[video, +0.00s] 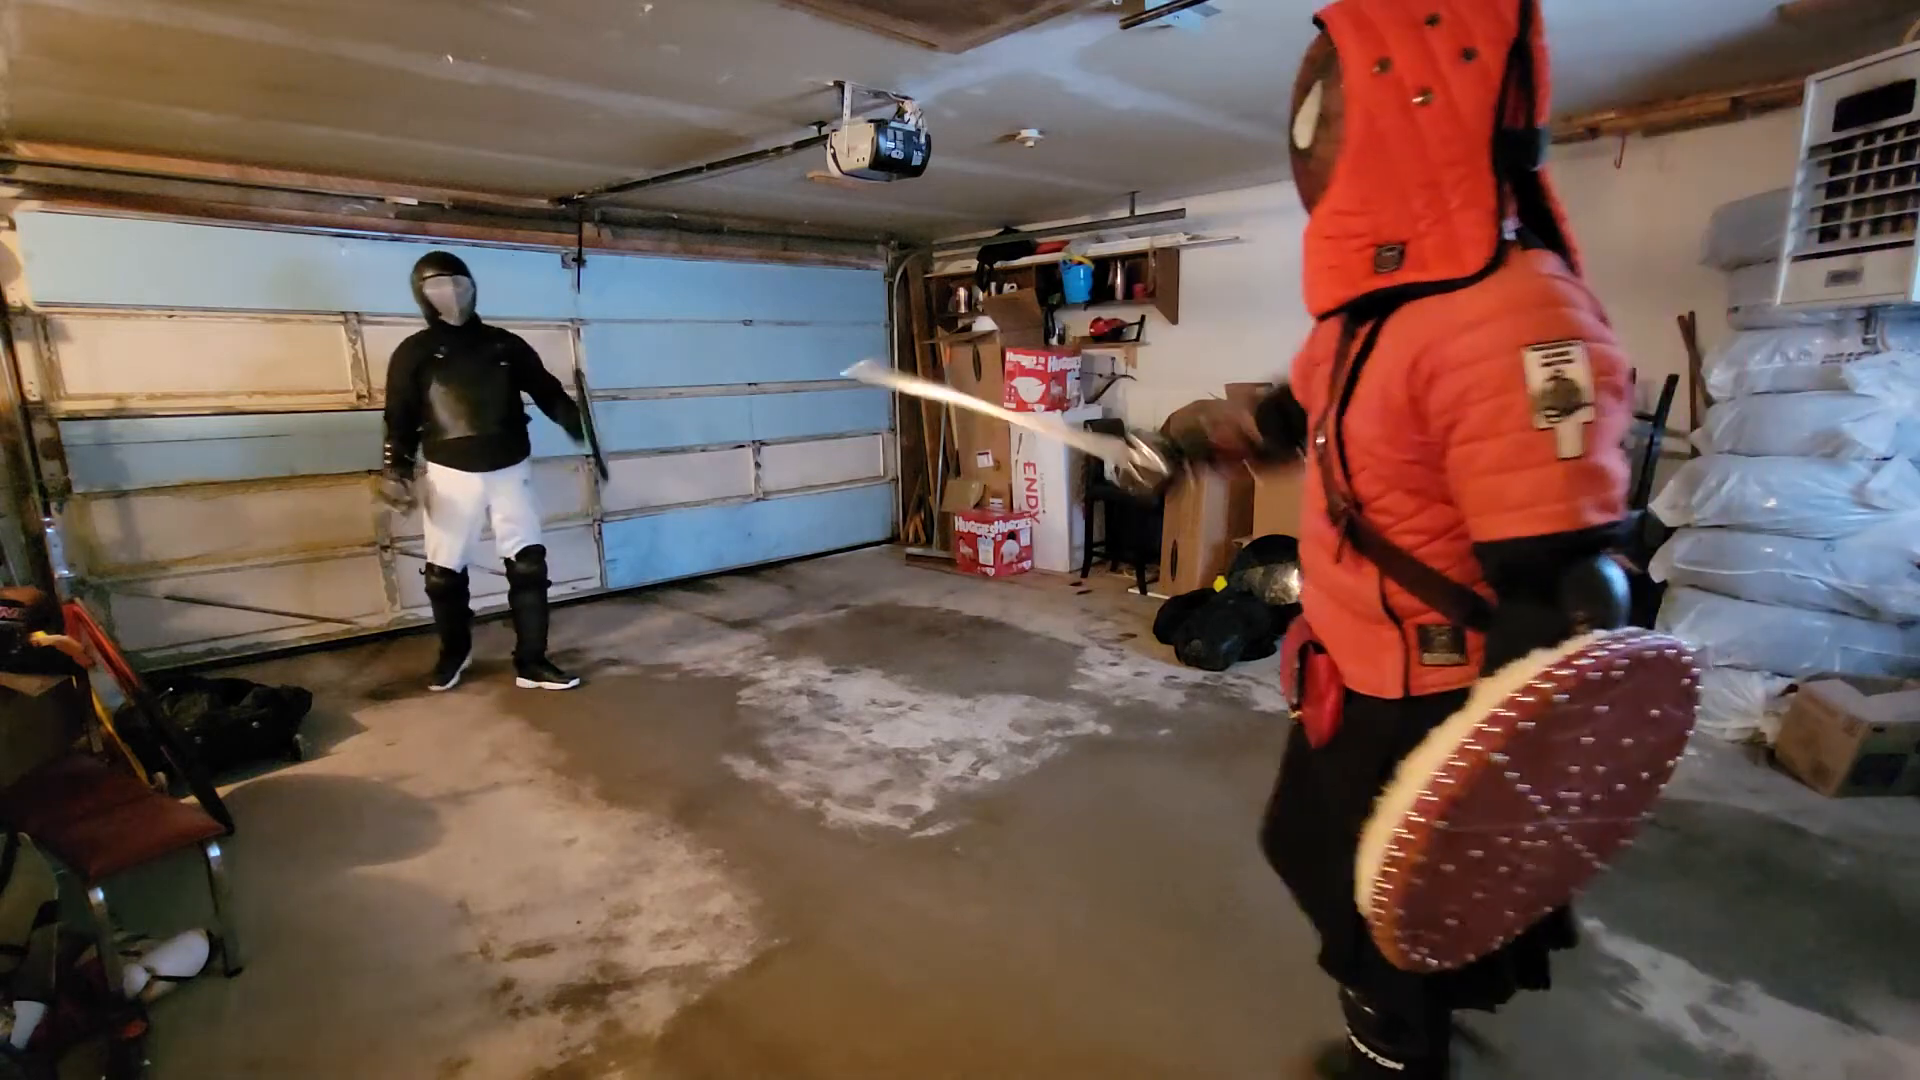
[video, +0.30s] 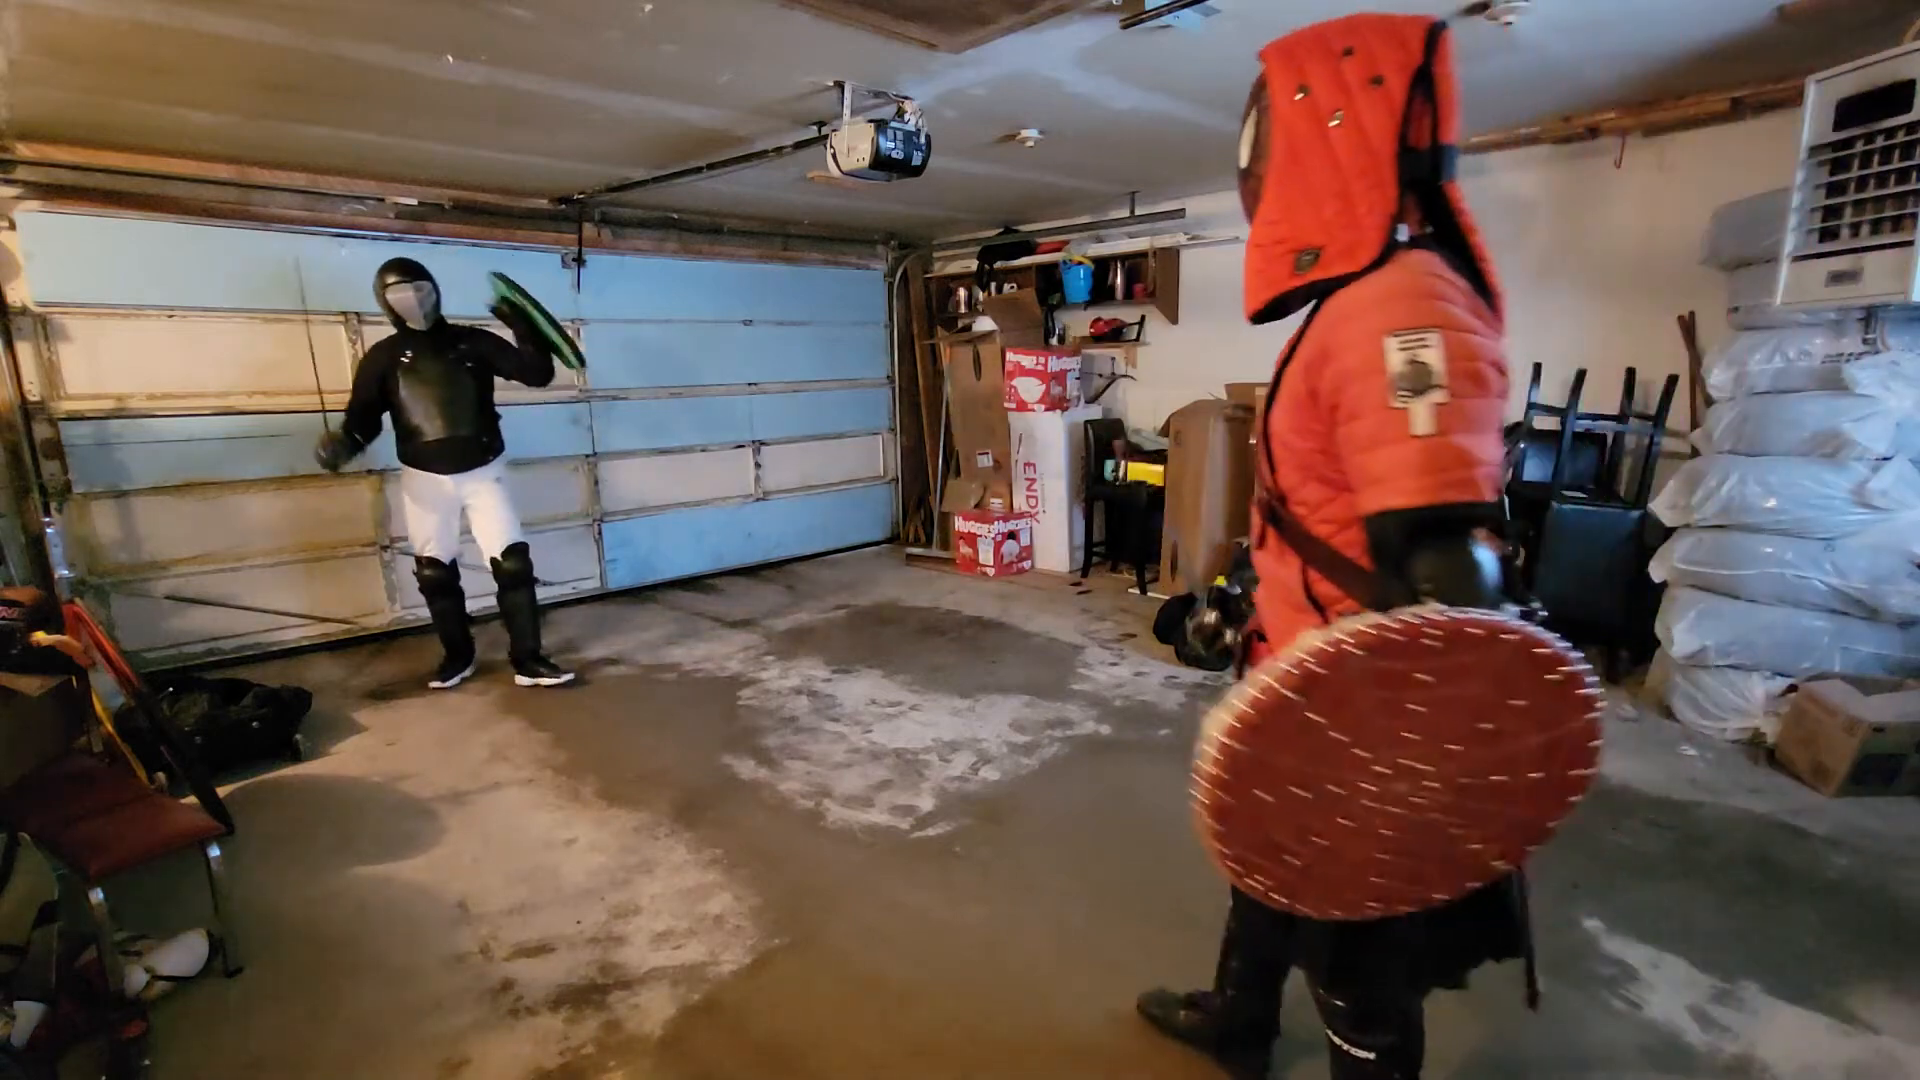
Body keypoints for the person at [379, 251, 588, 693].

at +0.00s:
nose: (451, 289)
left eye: (457, 280)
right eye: (438, 282)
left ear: (470, 287)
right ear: (423, 294)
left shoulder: (505, 345)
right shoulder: (412, 354)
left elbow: (546, 389)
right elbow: (399, 417)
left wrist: (574, 421)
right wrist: (397, 469)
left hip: (510, 473)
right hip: (449, 477)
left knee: (528, 564)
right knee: (443, 574)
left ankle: (532, 660)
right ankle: (454, 651)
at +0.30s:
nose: (413, 299)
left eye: (420, 289)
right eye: (401, 292)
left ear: (433, 291)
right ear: (386, 302)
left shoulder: (474, 341)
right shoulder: (381, 360)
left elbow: (538, 375)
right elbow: (362, 422)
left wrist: (522, 327)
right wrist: (342, 446)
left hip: (483, 474)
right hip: (425, 481)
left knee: (513, 562)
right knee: (434, 573)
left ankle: (528, 658)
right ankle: (458, 655)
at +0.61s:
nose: (397, 305)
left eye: (404, 294)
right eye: (384, 298)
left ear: (418, 294)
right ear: (372, 307)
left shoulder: (459, 339)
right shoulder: (369, 359)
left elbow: (515, 362)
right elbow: (350, 418)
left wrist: (478, 312)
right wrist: (333, 427)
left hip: (473, 466)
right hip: (415, 476)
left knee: (508, 551)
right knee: (429, 570)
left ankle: (520, 631)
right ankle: (458, 654)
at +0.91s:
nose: (396, 307)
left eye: (402, 296)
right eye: (382, 301)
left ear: (415, 296)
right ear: (368, 310)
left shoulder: (457, 340)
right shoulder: (368, 362)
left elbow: (513, 364)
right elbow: (354, 423)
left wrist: (474, 317)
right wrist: (339, 434)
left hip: (472, 468)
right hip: (413, 477)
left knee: (489, 561)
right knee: (428, 569)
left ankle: (513, 644)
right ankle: (458, 654)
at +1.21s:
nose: (402, 304)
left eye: (408, 293)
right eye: (389, 298)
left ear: (422, 295)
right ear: (374, 308)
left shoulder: (459, 345)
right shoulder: (370, 363)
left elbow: (514, 399)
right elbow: (360, 426)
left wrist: (493, 347)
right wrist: (360, 454)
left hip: (478, 471)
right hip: (419, 482)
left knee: (513, 558)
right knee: (432, 572)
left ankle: (527, 641)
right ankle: (459, 655)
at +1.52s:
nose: (419, 303)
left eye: (426, 292)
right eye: (407, 297)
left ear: (444, 296)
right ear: (396, 308)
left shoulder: (486, 351)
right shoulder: (390, 364)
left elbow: (517, 405)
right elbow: (375, 424)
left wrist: (537, 421)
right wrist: (387, 464)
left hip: (497, 482)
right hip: (437, 489)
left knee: (531, 568)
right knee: (442, 580)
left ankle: (555, 661)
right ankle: (459, 657)